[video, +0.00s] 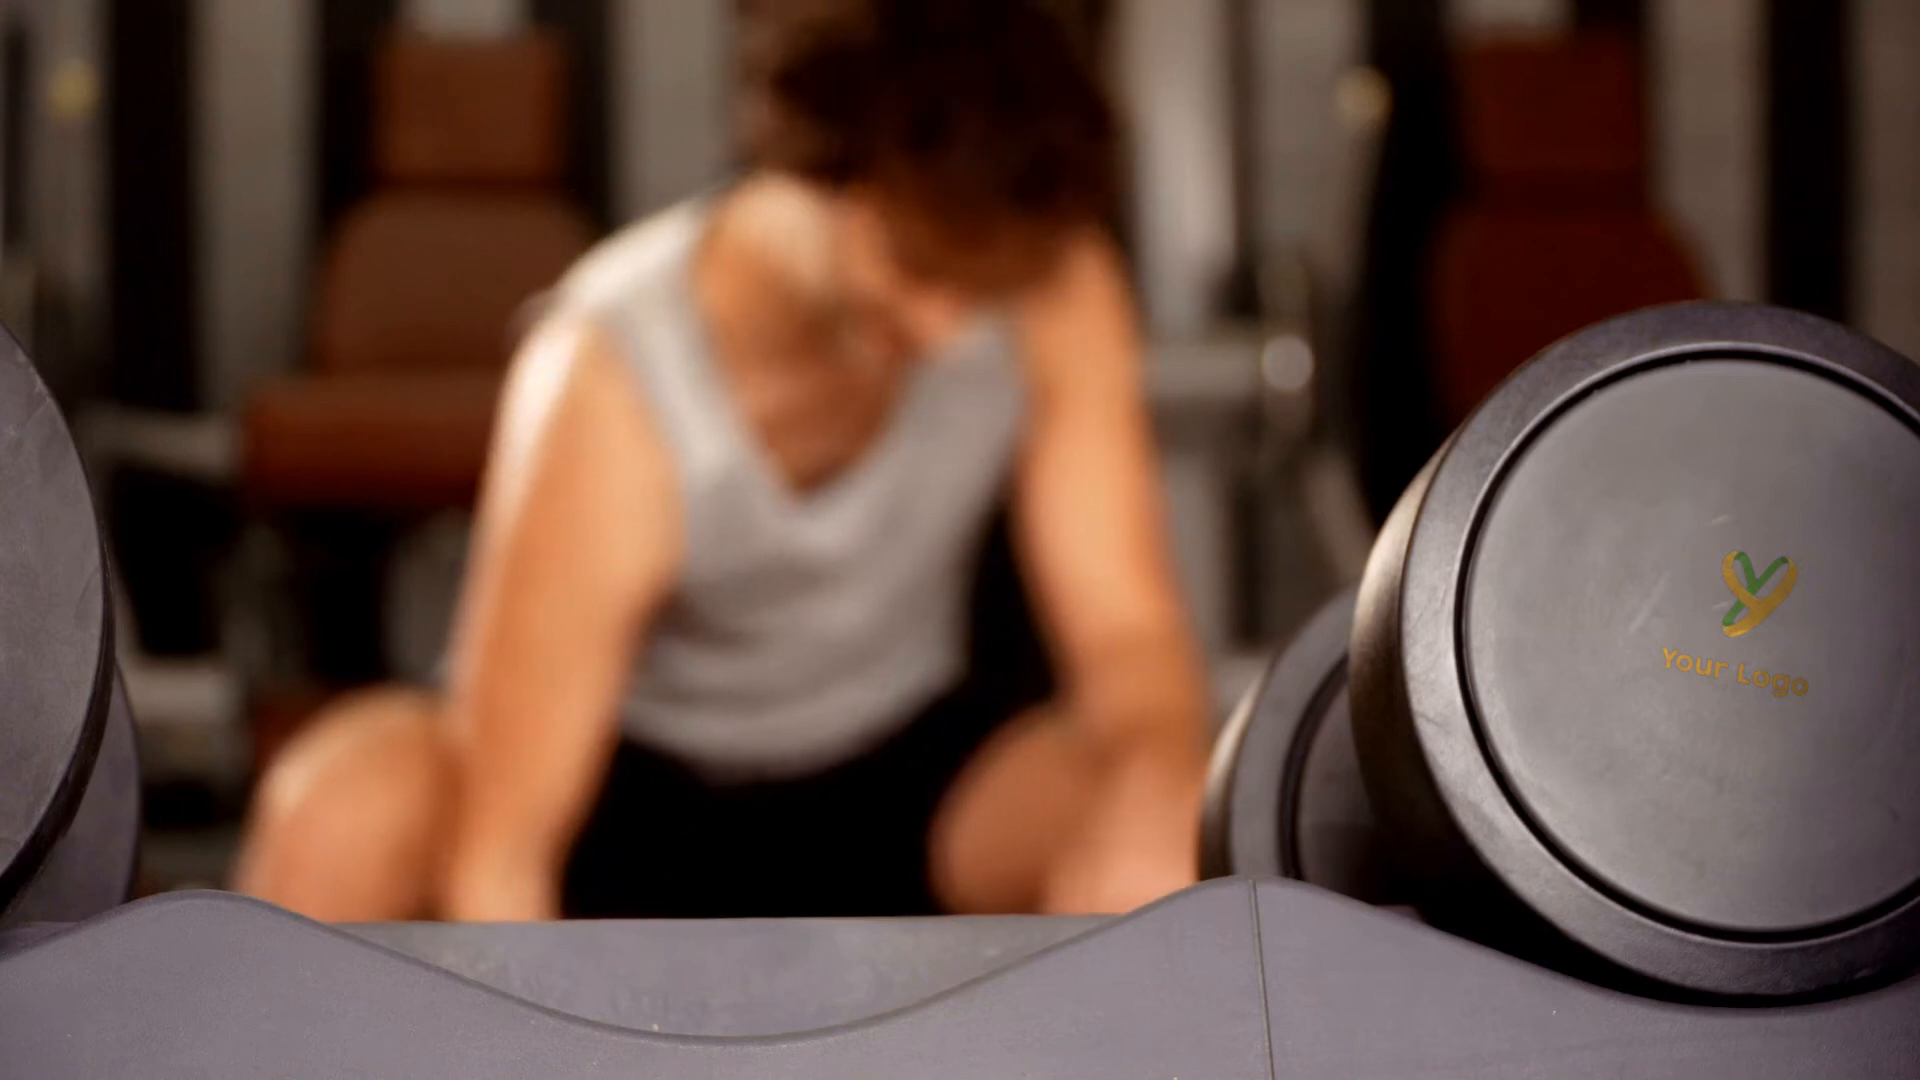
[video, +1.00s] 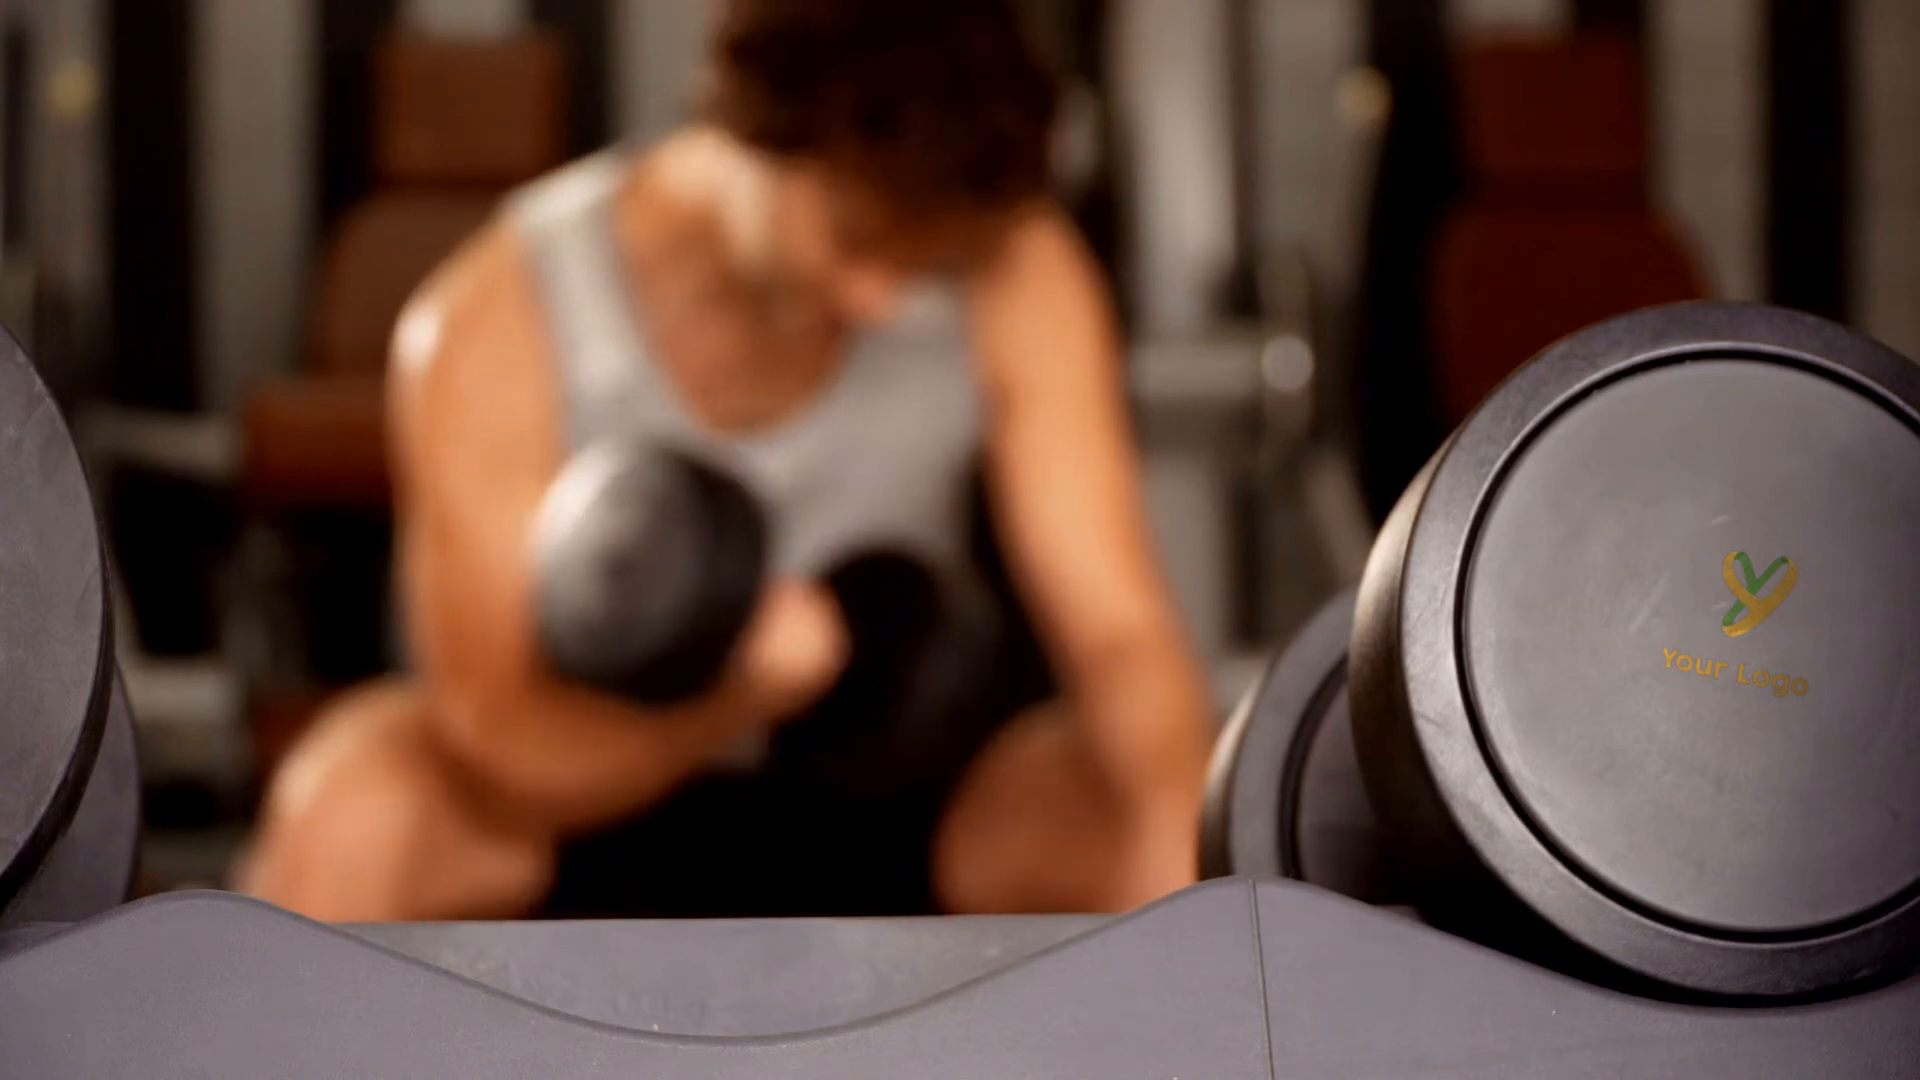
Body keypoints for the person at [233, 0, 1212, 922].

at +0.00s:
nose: (950, 332)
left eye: (996, 287)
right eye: (918, 276)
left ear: (1043, 241)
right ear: (830, 184)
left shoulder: (1049, 272)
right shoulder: (611, 374)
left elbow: (1130, 656)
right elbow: (504, 849)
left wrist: (1148, 851)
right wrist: (532, 1078)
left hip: (899, 788)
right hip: (625, 803)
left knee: (1157, 802)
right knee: (344, 789)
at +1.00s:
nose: (886, 303)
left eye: (926, 263)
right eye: (859, 248)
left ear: (980, 205)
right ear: (764, 148)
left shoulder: (1010, 262)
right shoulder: (492, 318)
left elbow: (1121, 639)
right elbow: (509, 749)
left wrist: (1182, 877)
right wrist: (735, 696)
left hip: (900, 786)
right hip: (598, 796)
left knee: (1169, 807)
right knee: (351, 798)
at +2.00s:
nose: (923, 296)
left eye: (976, 253)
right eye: (896, 233)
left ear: (1032, 206)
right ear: (810, 134)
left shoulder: (1056, 266)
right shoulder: (596, 334)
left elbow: (1137, 643)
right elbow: (523, 804)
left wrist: (1210, 828)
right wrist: (604, 1060)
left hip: (901, 779)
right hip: (626, 792)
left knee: (1193, 816)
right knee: (365, 801)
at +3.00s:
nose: (919, 264)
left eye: (970, 220)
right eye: (888, 202)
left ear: (1015, 174)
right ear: (793, 115)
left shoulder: (1044, 254)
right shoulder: (595, 327)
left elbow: (1128, 639)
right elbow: (503, 778)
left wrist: (1183, 863)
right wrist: (662, 1032)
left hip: (898, 780)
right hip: (627, 794)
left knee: (1187, 808)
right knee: (354, 789)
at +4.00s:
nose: (854, 233)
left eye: (901, 183)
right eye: (815, 173)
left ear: (949, 148)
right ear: (709, 102)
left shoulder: (990, 255)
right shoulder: (466, 330)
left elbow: (1119, 633)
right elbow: (531, 771)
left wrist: (1180, 885)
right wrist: (750, 653)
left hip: (891, 783)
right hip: (598, 807)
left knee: (1181, 813)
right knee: (374, 804)